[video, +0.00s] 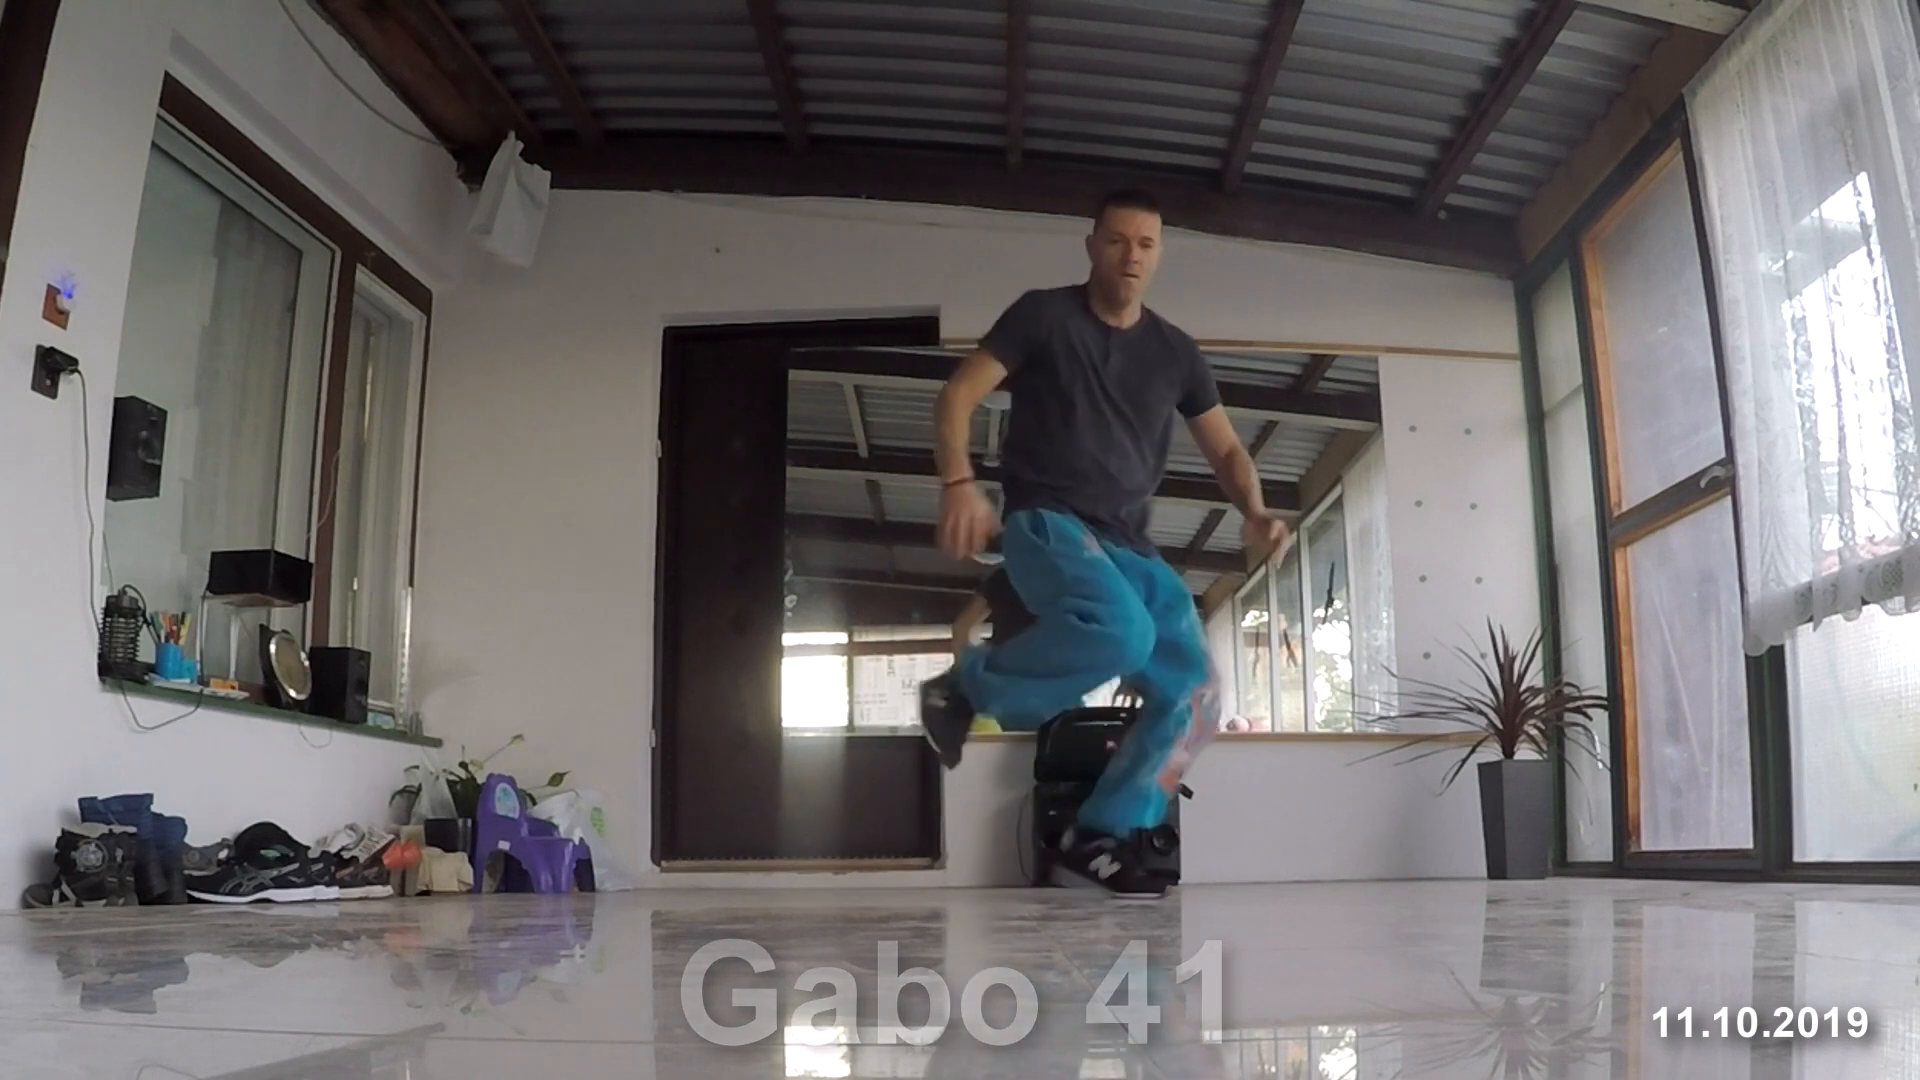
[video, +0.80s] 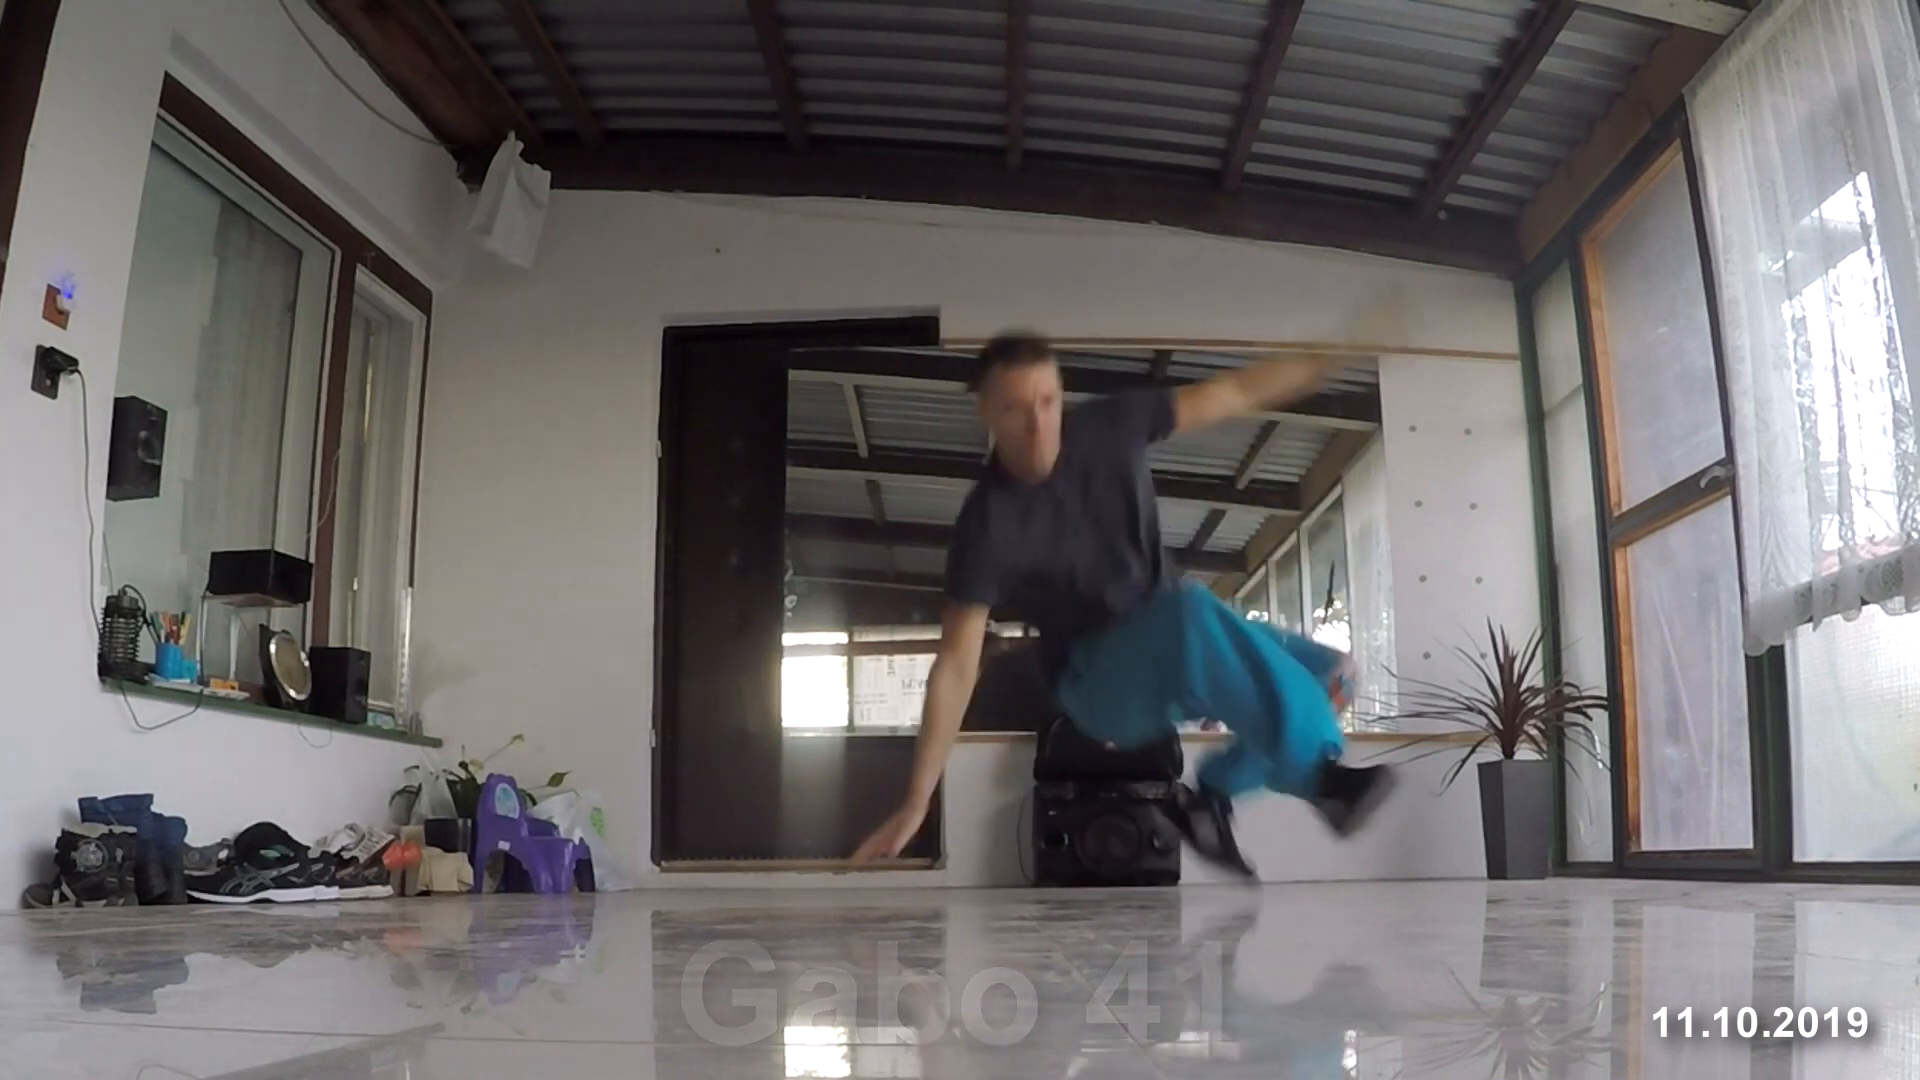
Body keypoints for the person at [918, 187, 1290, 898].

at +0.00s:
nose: (1131, 256)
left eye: (1145, 244)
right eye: (1118, 241)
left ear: (1160, 254)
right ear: (1091, 246)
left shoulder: (1177, 353)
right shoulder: (1043, 315)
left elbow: (1227, 453)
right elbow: (955, 396)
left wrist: (1255, 510)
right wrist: (958, 483)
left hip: (1129, 544)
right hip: (1047, 521)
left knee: (1188, 673)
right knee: (1120, 634)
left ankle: (1100, 835)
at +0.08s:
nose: (1138, 270)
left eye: (1152, 258)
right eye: (1125, 255)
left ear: (1171, 268)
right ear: (1101, 259)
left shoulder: (1188, 364)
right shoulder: (1056, 328)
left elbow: (1218, 468)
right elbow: (970, 408)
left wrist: (1240, 529)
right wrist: (991, 504)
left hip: (1141, 555)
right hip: (1047, 531)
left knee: (1222, 660)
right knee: (1115, 620)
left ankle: (1126, 819)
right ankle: (1014, 716)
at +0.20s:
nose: (1159, 335)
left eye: (1174, 321)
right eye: (1145, 320)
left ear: (1192, 335)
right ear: (1121, 327)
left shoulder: (1202, 425)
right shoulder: (1073, 399)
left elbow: (1231, 533)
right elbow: (982, 486)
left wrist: (1232, 599)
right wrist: (1034, 580)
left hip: (1157, 601)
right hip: (1065, 593)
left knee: (1240, 668)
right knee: (1113, 645)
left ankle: (1176, 827)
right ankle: (1100, 832)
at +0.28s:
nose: (1167, 418)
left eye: (1182, 404)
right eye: (1152, 403)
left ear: (1201, 415)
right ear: (1128, 409)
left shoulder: (1216, 503)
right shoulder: (1074, 488)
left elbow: (1257, 576)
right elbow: (978, 549)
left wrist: (1244, 645)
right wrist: (1037, 636)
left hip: (1162, 696)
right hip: (1060, 693)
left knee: (1261, 696)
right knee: (1112, 668)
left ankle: (1178, 843)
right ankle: (1116, 853)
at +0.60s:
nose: (1069, 395)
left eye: (1082, 377)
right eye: (1051, 380)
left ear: (1103, 365)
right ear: (1028, 376)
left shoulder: (1148, 410)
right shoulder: (1017, 461)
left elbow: (1251, 472)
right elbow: (983, 606)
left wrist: (1320, 545)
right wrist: (1011, 714)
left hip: (1173, 625)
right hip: (1077, 645)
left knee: (1313, 673)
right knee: (1170, 600)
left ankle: (1206, 805)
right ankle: (1203, 801)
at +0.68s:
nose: (1058, 392)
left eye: (1070, 372)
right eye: (1038, 378)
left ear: (1089, 359)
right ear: (1012, 372)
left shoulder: (1134, 402)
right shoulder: (1009, 461)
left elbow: (1254, 449)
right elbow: (981, 605)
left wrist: (1339, 500)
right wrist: (979, 733)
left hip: (1179, 613)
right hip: (1082, 644)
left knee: (1315, 666)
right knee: (1171, 601)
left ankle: (1211, 796)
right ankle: (1265, 791)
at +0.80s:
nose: (1035, 426)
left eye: (1046, 403)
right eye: (1014, 410)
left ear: (1063, 397)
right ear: (985, 414)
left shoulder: (1114, 423)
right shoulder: (986, 525)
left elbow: (1235, 394)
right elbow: (957, 667)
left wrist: (1331, 357)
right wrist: (914, 804)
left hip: (1176, 647)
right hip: (1097, 689)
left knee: (1325, 672)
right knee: (1182, 606)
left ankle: (1212, 790)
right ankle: (1325, 777)